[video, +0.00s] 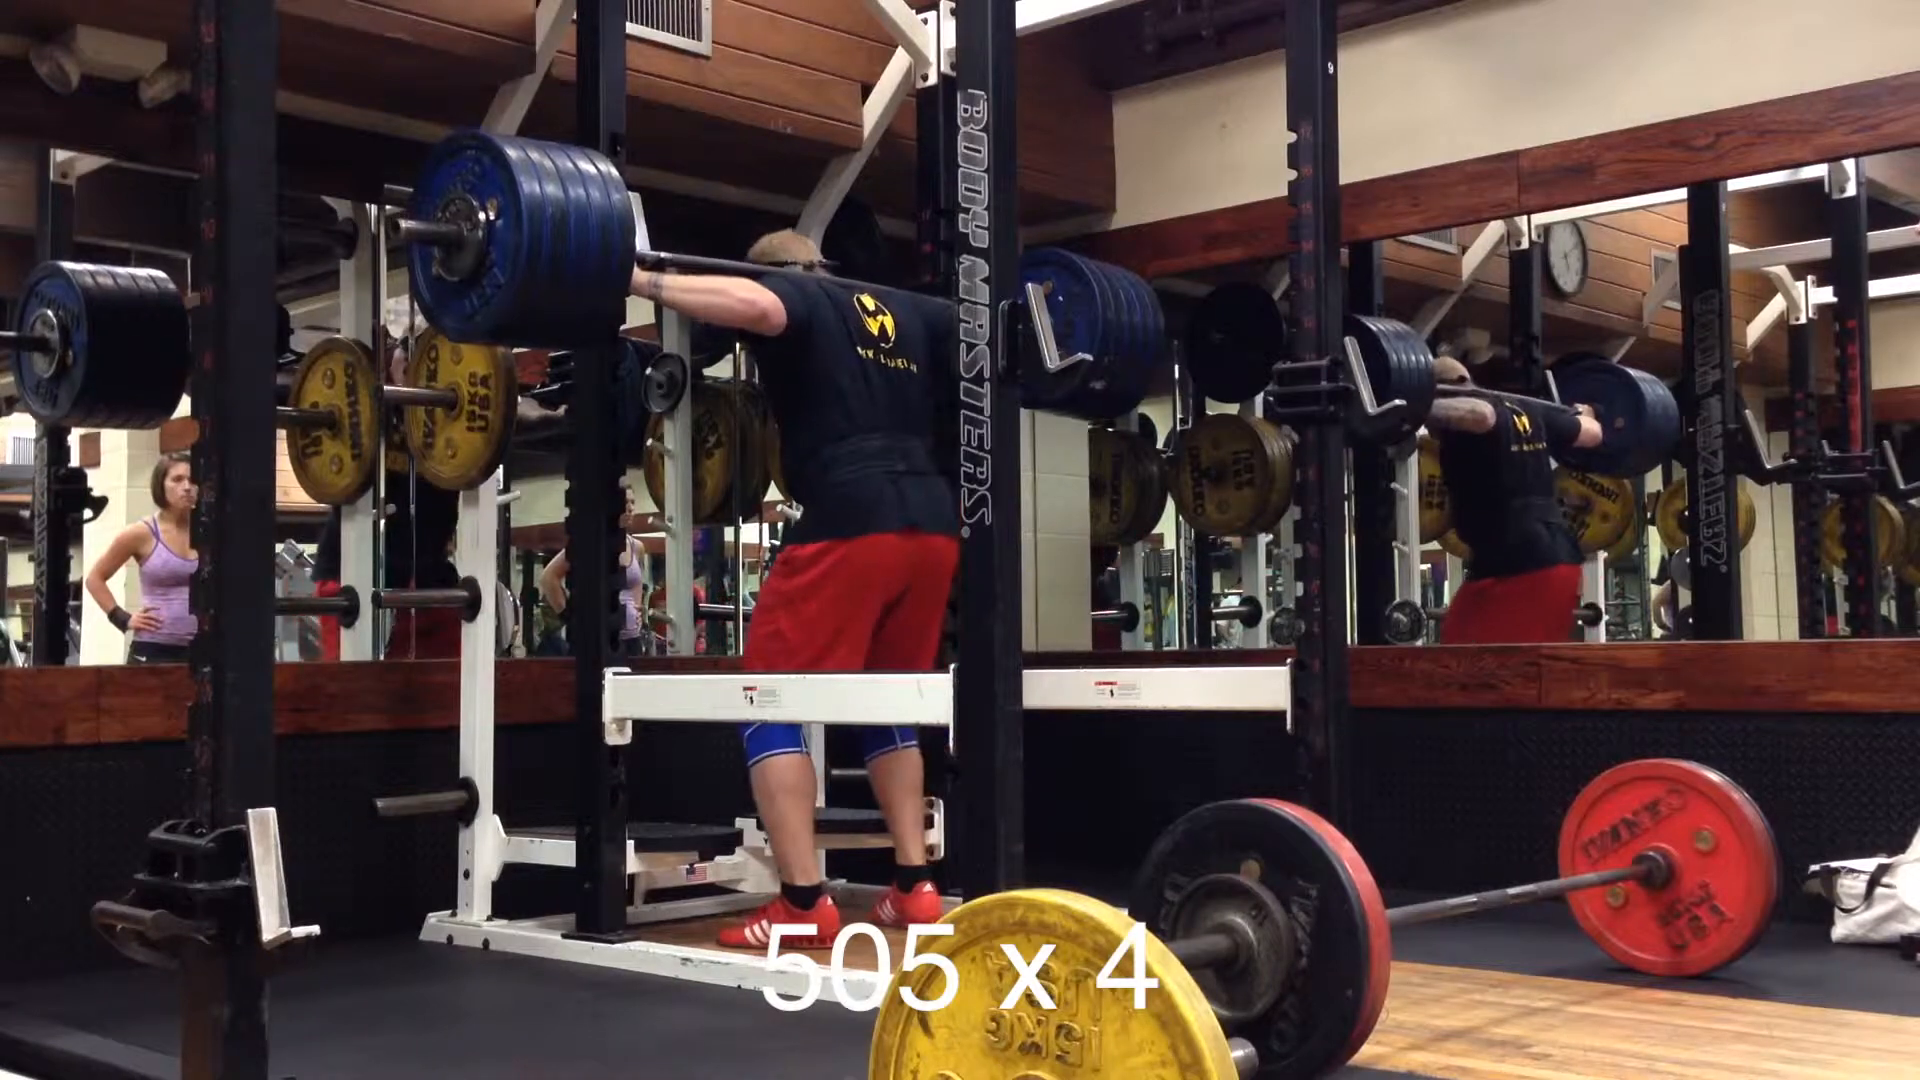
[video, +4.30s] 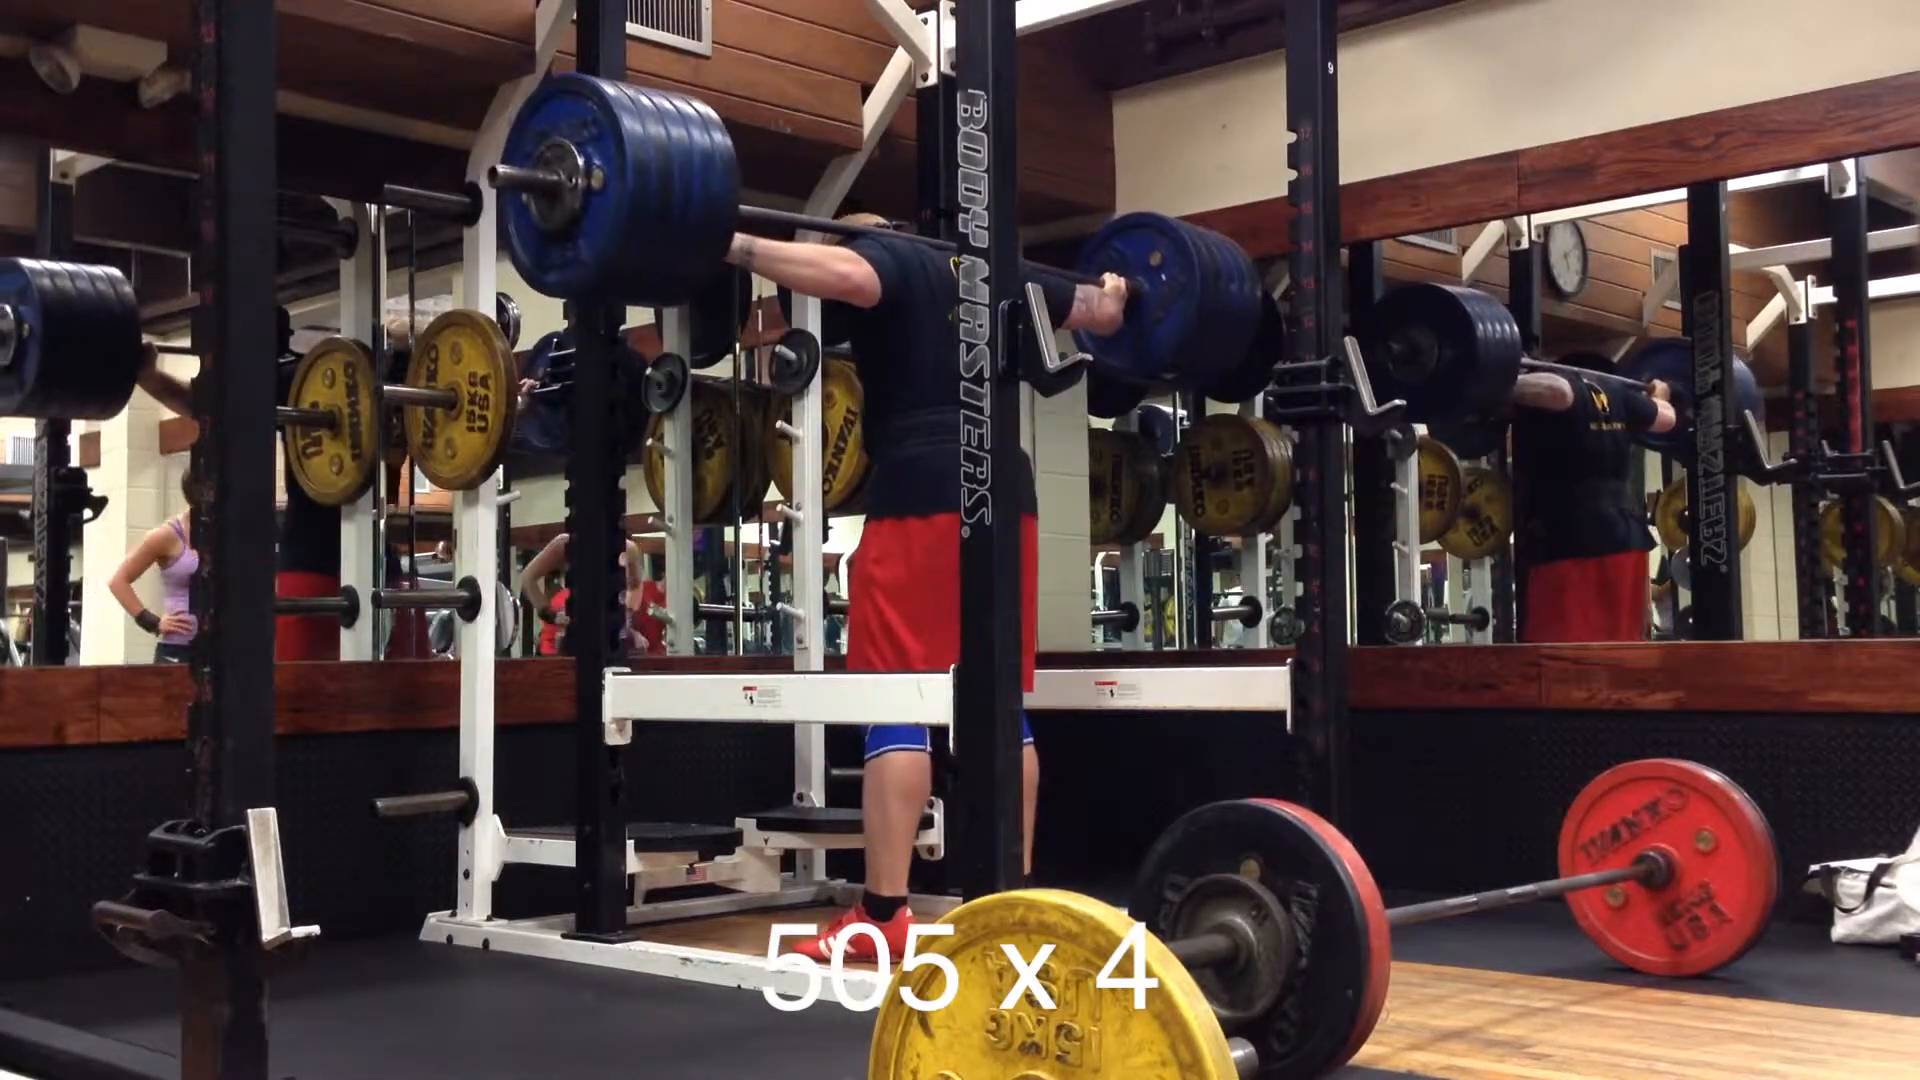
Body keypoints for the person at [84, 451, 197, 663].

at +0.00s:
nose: (187, 487)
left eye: (193, 480)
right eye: (178, 480)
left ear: (200, 486)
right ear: (160, 486)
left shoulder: (205, 530)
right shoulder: (141, 534)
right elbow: (94, 579)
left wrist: (212, 614)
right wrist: (123, 619)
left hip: (200, 647)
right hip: (154, 648)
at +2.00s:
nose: (185, 489)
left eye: (191, 482)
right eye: (176, 481)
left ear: (198, 487)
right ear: (159, 486)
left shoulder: (205, 528)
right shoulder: (140, 535)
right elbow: (93, 579)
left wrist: (213, 613)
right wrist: (123, 620)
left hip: (200, 647)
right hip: (153, 648)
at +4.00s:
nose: (203, 491)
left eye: (200, 485)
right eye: (197, 485)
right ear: (181, 491)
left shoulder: (205, 531)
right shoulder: (144, 534)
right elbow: (97, 580)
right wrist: (128, 620)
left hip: (201, 648)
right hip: (157, 649)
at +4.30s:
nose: (215, 496)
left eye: (218, 487)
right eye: (210, 488)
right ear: (196, 492)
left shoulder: (226, 532)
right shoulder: (167, 536)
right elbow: (118, 582)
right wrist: (155, 624)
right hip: (180, 651)